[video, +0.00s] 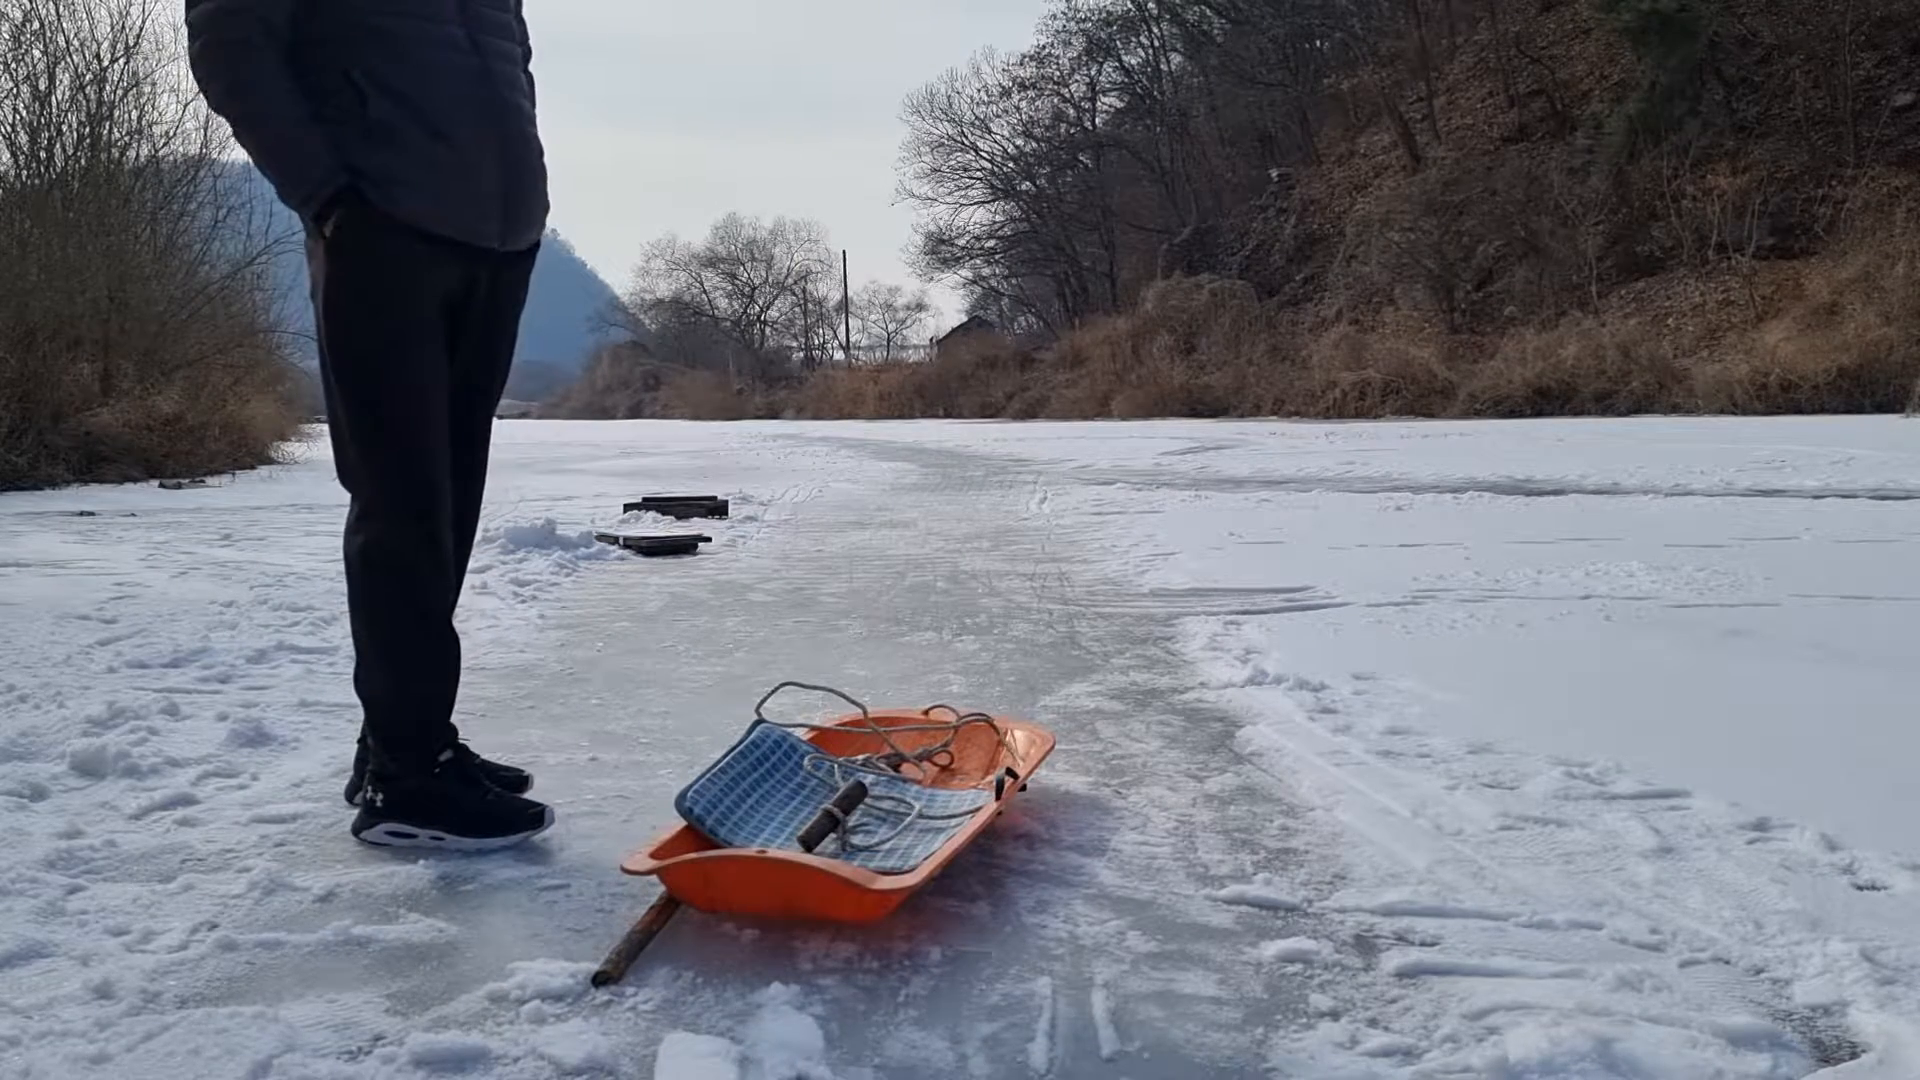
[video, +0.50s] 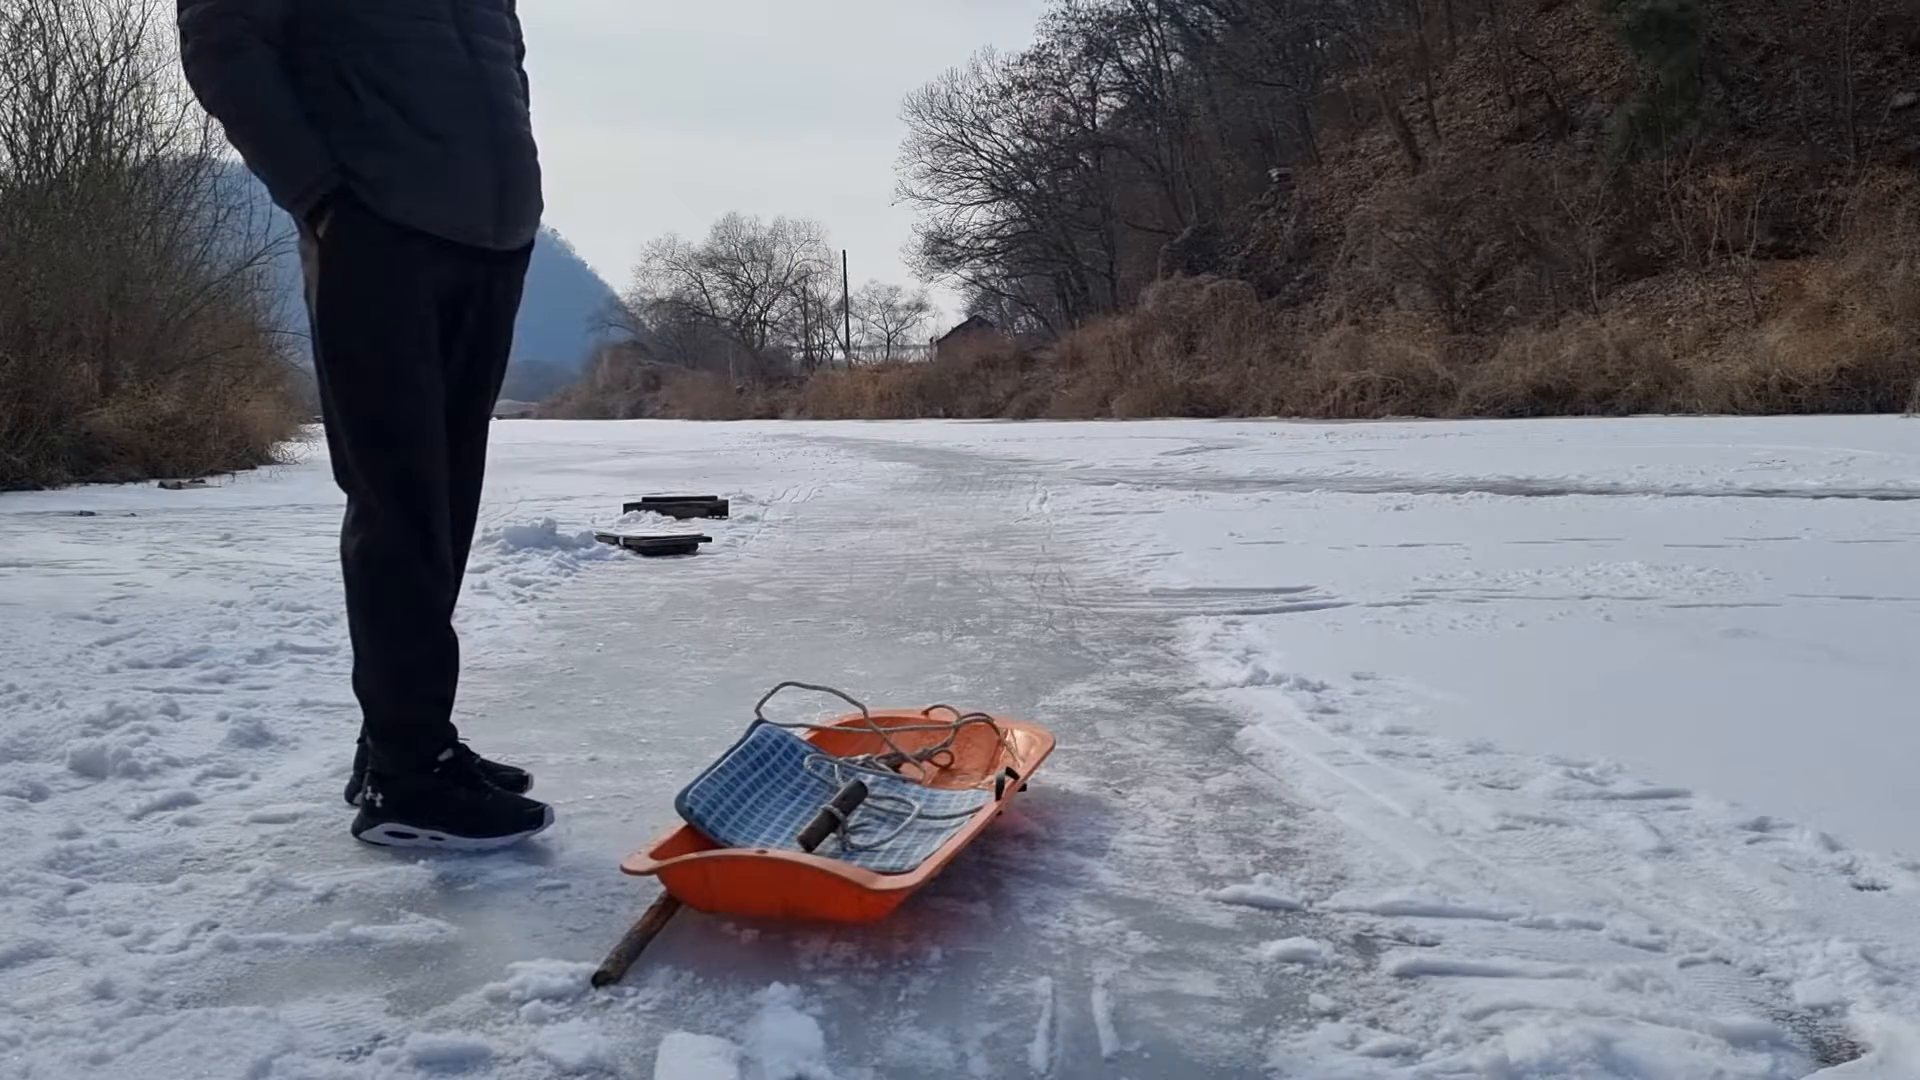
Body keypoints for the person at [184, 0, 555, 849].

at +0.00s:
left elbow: (510, 40)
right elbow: (226, 36)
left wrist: (518, 175)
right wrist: (326, 195)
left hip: (501, 222)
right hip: (380, 214)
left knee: (450, 500)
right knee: (401, 500)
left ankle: (410, 748)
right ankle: (405, 771)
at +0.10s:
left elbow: (509, 41)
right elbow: (227, 39)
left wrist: (519, 180)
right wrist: (325, 199)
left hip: (499, 225)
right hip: (380, 218)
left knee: (449, 502)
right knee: (401, 502)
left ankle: (411, 747)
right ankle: (405, 772)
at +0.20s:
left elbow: (506, 39)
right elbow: (225, 38)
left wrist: (517, 174)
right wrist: (324, 199)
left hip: (498, 225)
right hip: (379, 219)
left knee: (448, 502)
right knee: (400, 502)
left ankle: (413, 746)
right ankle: (405, 772)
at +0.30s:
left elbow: (504, 39)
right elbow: (223, 39)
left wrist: (514, 176)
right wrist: (323, 200)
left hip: (497, 225)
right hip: (378, 219)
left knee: (447, 503)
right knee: (399, 503)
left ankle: (413, 747)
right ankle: (405, 773)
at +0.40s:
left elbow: (503, 40)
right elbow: (221, 38)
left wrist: (512, 176)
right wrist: (321, 199)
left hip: (495, 223)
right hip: (376, 215)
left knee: (447, 498)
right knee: (398, 499)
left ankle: (415, 748)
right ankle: (404, 774)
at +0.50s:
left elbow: (503, 40)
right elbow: (219, 38)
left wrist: (513, 173)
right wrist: (319, 199)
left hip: (495, 222)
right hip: (374, 214)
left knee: (446, 497)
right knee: (397, 498)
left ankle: (413, 747)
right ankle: (404, 772)